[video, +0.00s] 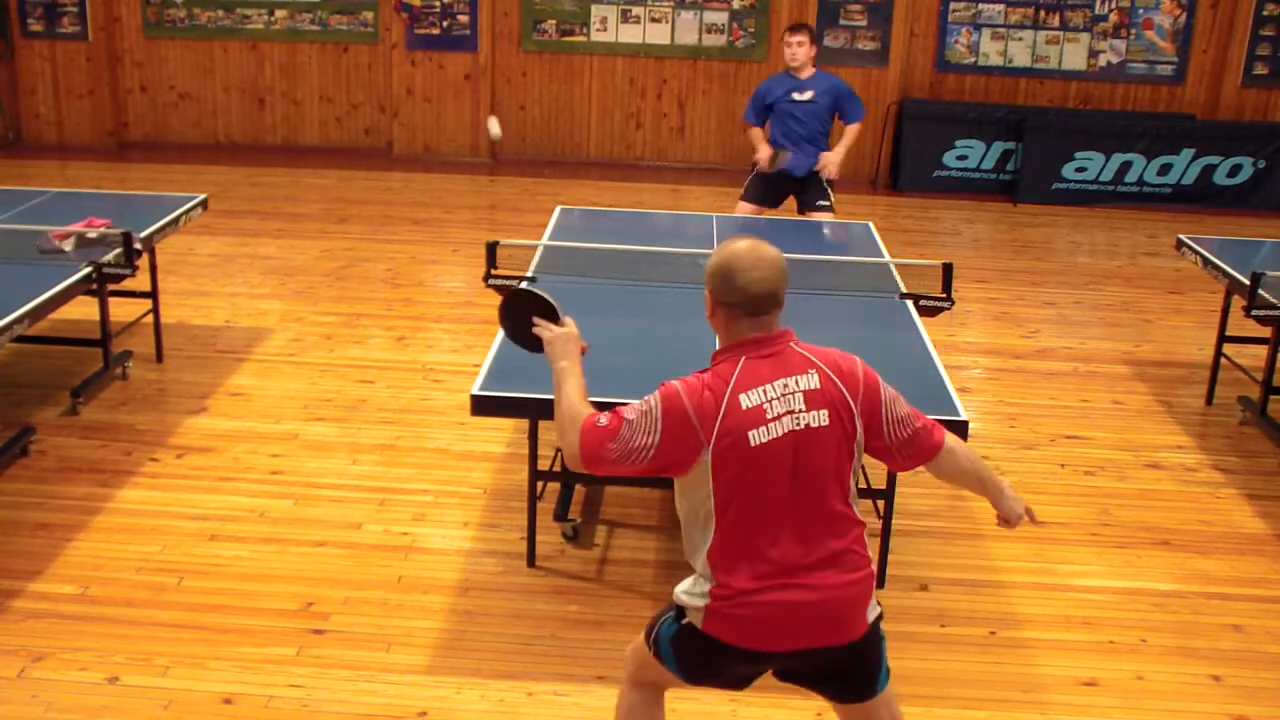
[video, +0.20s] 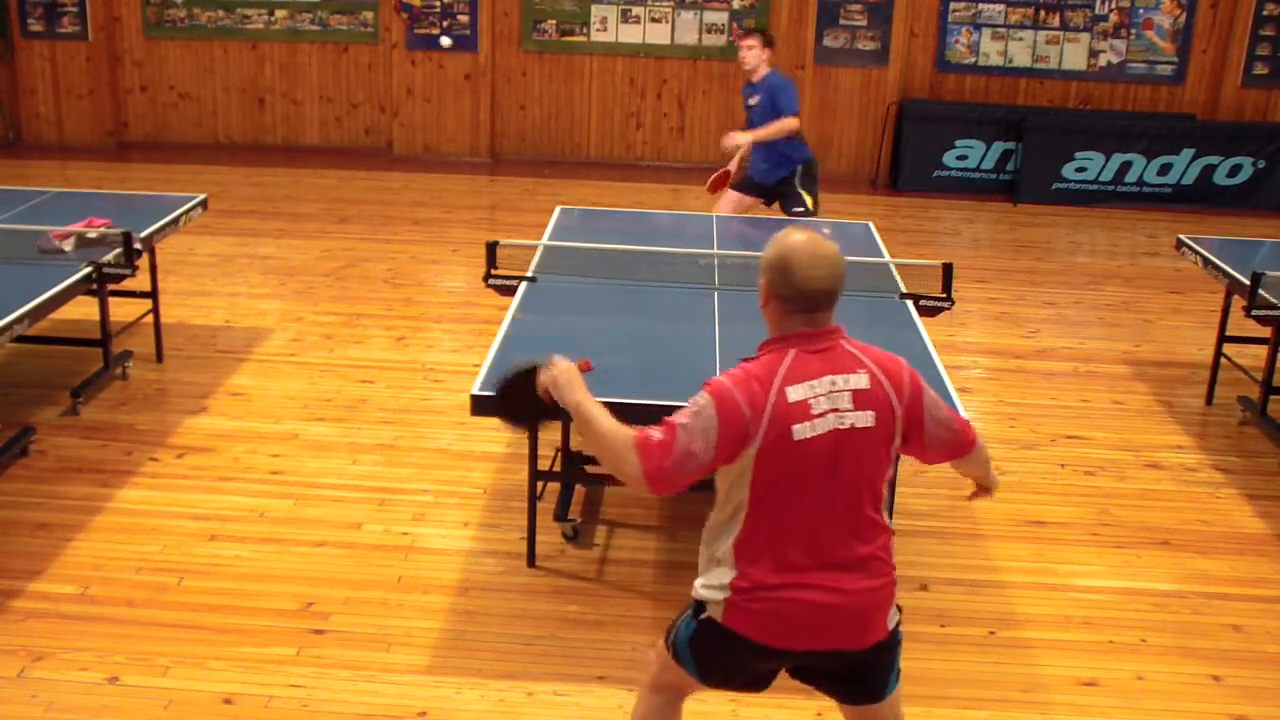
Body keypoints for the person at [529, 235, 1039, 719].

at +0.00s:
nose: (701, 302)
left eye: (703, 295)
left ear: (712, 307)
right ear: (783, 303)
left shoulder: (697, 401)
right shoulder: (845, 375)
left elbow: (583, 447)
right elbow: (928, 443)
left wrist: (563, 356)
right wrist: (1000, 493)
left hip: (735, 623)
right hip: (840, 621)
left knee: (644, 672)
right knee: (876, 707)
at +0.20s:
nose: (756, 290)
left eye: (759, 280)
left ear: (766, 294)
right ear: (839, 293)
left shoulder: (741, 392)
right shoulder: (891, 377)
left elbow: (649, 466)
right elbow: (960, 439)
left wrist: (576, 397)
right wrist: (984, 475)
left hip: (747, 617)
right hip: (858, 624)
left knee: (664, 689)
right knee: (879, 712)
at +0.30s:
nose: (814, 284)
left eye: (817, 277)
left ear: (822, 293)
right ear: (893, 295)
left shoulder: (803, 391)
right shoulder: (938, 376)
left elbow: (722, 492)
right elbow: (994, 437)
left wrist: (628, 456)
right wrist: (962, 455)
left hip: (796, 624)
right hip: (901, 626)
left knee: (695, 707)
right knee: (906, 714)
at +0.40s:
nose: (846, 277)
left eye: (849, 269)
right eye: (851, 265)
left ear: (856, 287)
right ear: (926, 294)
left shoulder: (837, 385)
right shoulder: (967, 372)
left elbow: (766, 501)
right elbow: (1016, 436)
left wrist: (674, 497)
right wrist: (959, 461)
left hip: (823, 630)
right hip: (925, 635)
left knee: (725, 708)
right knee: (919, 712)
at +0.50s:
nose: (869, 268)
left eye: (873, 260)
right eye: (877, 256)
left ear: (879, 281)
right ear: (950, 287)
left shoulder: (854, 379)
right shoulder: (989, 370)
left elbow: (794, 501)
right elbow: (1031, 444)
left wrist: (706, 531)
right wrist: (994, 471)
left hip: (837, 630)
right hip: (938, 636)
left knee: (753, 706)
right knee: (914, 713)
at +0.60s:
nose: (880, 265)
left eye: (884, 258)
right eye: (886, 255)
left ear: (891, 277)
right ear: (960, 285)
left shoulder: (860, 376)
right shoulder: (998, 372)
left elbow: (798, 500)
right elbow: (1046, 462)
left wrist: (724, 563)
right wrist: (1020, 505)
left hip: (844, 636)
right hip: (946, 637)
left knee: (785, 701)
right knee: (928, 713)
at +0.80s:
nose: (879, 262)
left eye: (882, 256)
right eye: (885, 252)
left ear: (888, 276)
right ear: (961, 286)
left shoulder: (848, 376)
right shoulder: (998, 379)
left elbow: (782, 502)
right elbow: (1043, 496)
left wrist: (724, 587)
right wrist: (1050, 573)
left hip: (837, 641)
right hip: (942, 642)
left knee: (802, 710)